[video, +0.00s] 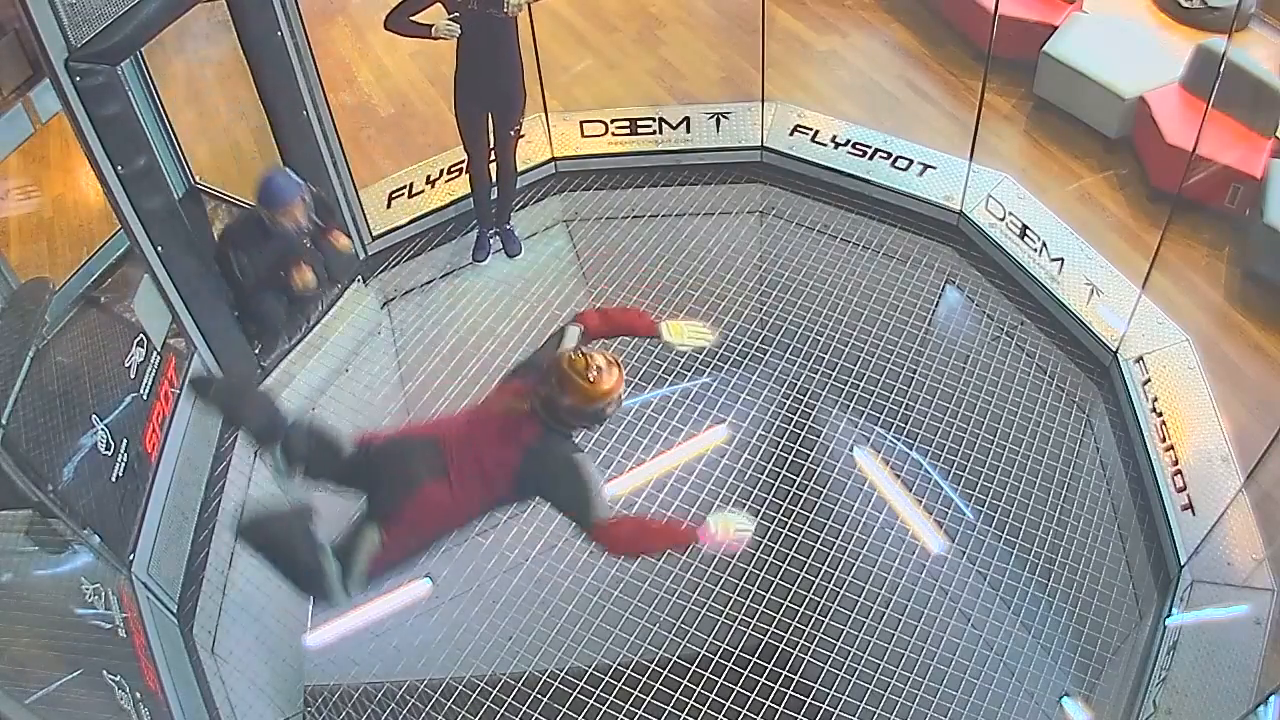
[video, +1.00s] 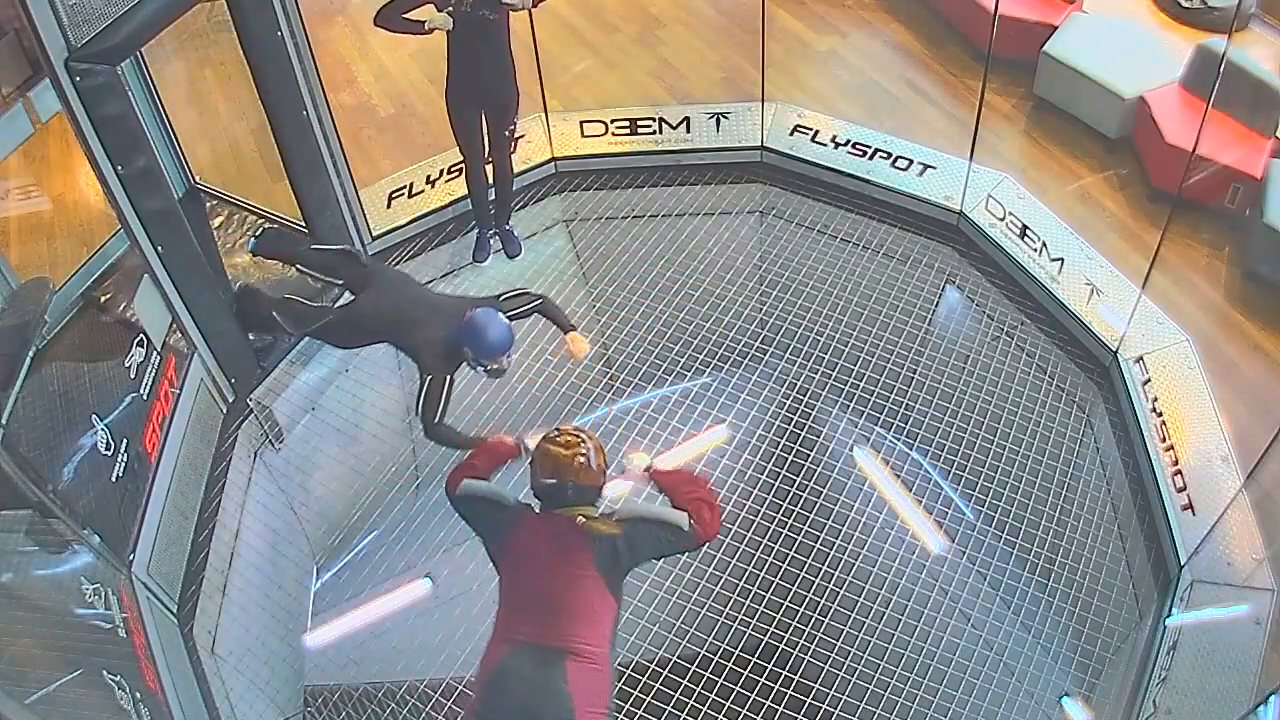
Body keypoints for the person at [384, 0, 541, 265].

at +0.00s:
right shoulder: (445, 1)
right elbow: (393, 20)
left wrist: (523, 3)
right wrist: (432, 30)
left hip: (509, 78)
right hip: (470, 81)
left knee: (506, 155)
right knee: (477, 158)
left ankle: (504, 225)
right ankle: (484, 230)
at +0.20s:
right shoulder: (442, 1)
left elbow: (519, 8)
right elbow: (390, 18)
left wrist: (521, 6)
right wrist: (430, 26)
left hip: (505, 79)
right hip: (466, 82)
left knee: (505, 154)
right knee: (476, 158)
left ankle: (504, 225)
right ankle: (484, 229)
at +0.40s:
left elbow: (518, 7)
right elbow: (387, 15)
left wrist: (519, 4)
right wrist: (428, 21)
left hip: (504, 77)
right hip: (466, 81)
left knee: (504, 154)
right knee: (477, 158)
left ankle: (504, 225)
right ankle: (485, 229)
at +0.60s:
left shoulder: (508, 2)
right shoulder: (441, 1)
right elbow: (387, 19)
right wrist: (429, 24)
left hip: (503, 82)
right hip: (464, 86)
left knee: (503, 155)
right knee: (475, 159)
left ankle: (504, 225)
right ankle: (484, 229)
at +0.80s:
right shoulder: (439, 1)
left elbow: (520, 4)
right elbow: (384, 18)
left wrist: (524, 1)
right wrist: (426, 26)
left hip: (502, 81)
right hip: (462, 85)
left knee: (503, 156)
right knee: (474, 161)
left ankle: (504, 225)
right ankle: (484, 230)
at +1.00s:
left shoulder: (503, 0)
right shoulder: (438, 1)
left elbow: (535, 1)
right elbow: (383, 17)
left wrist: (526, 4)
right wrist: (425, 26)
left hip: (501, 82)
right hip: (461, 86)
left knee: (502, 156)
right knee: (473, 161)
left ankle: (504, 225)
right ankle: (484, 230)